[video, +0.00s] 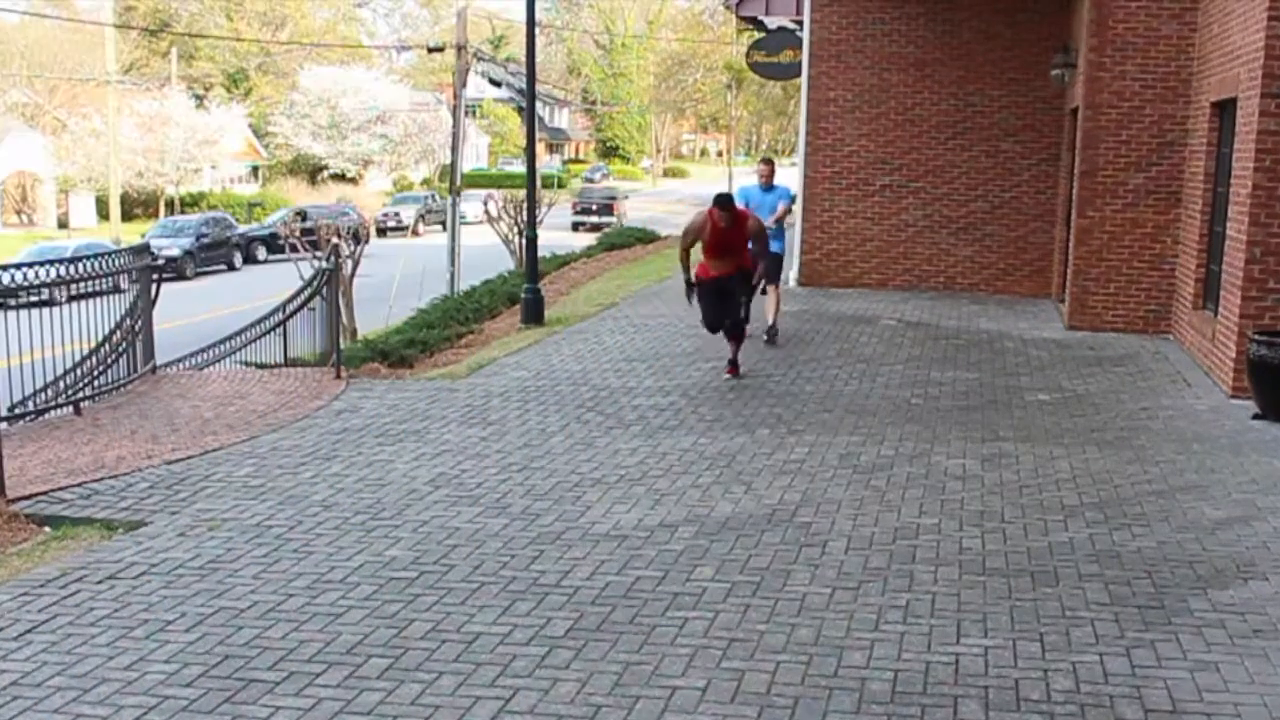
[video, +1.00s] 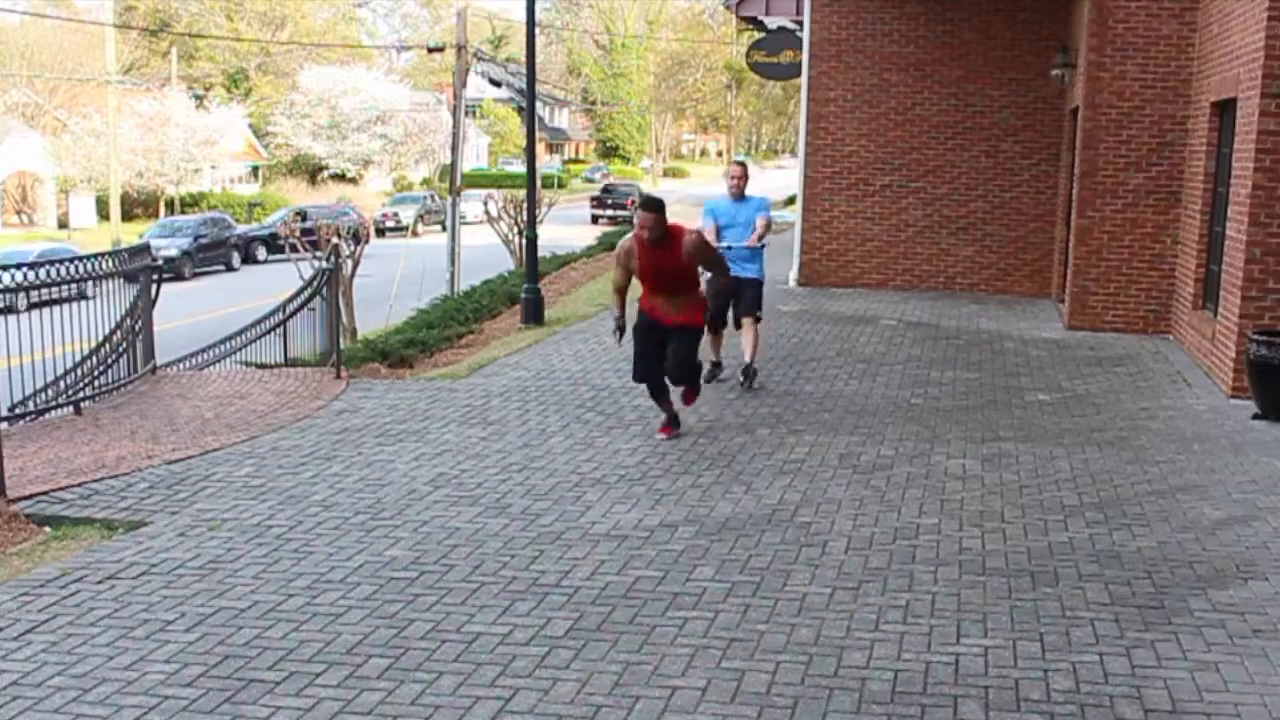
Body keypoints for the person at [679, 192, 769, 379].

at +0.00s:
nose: (723, 219)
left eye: (727, 214)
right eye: (719, 214)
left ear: (734, 211)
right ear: (713, 211)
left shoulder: (751, 224)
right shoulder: (702, 222)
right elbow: (684, 247)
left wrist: (756, 280)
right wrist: (687, 279)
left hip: (738, 275)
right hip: (709, 277)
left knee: (736, 323)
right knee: (712, 326)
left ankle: (733, 360)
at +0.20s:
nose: (698, 222)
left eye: (702, 218)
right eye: (696, 217)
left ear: (713, 214)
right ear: (692, 214)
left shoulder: (735, 226)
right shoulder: (683, 224)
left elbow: (748, 263)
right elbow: (669, 240)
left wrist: (728, 282)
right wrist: (675, 269)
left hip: (729, 276)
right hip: (698, 273)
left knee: (726, 320)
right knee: (692, 320)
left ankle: (732, 350)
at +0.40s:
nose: (683, 229)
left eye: (687, 225)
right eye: (680, 224)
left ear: (699, 220)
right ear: (677, 220)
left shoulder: (722, 232)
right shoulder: (670, 235)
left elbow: (751, 252)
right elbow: (658, 267)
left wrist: (750, 283)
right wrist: (660, 283)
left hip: (716, 288)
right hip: (686, 287)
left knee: (703, 335)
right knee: (683, 340)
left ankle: (720, 348)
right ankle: (697, 378)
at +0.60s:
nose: (688, 228)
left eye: (692, 223)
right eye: (683, 224)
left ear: (700, 217)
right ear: (675, 218)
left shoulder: (722, 229)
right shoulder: (663, 231)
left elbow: (740, 258)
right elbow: (648, 263)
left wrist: (734, 292)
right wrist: (654, 300)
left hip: (707, 290)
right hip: (675, 293)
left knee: (709, 344)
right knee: (679, 350)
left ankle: (709, 390)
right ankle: (693, 351)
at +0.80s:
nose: (670, 233)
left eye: (675, 228)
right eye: (665, 228)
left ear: (685, 219)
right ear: (658, 220)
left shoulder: (707, 233)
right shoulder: (647, 233)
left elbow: (724, 274)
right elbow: (631, 245)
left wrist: (707, 282)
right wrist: (644, 277)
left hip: (698, 295)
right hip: (664, 290)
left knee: (698, 343)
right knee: (662, 338)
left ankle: (707, 387)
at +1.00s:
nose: (644, 234)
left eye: (650, 229)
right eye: (640, 227)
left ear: (664, 223)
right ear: (635, 223)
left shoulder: (690, 243)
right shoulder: (628, 249)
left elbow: (722, 273)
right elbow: (620, 285)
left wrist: (716, 312)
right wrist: (619, 316)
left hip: (687, 311)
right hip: (652, 310)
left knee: (676, 372)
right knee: (647, 372)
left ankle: (694, 376)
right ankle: (670, 416)